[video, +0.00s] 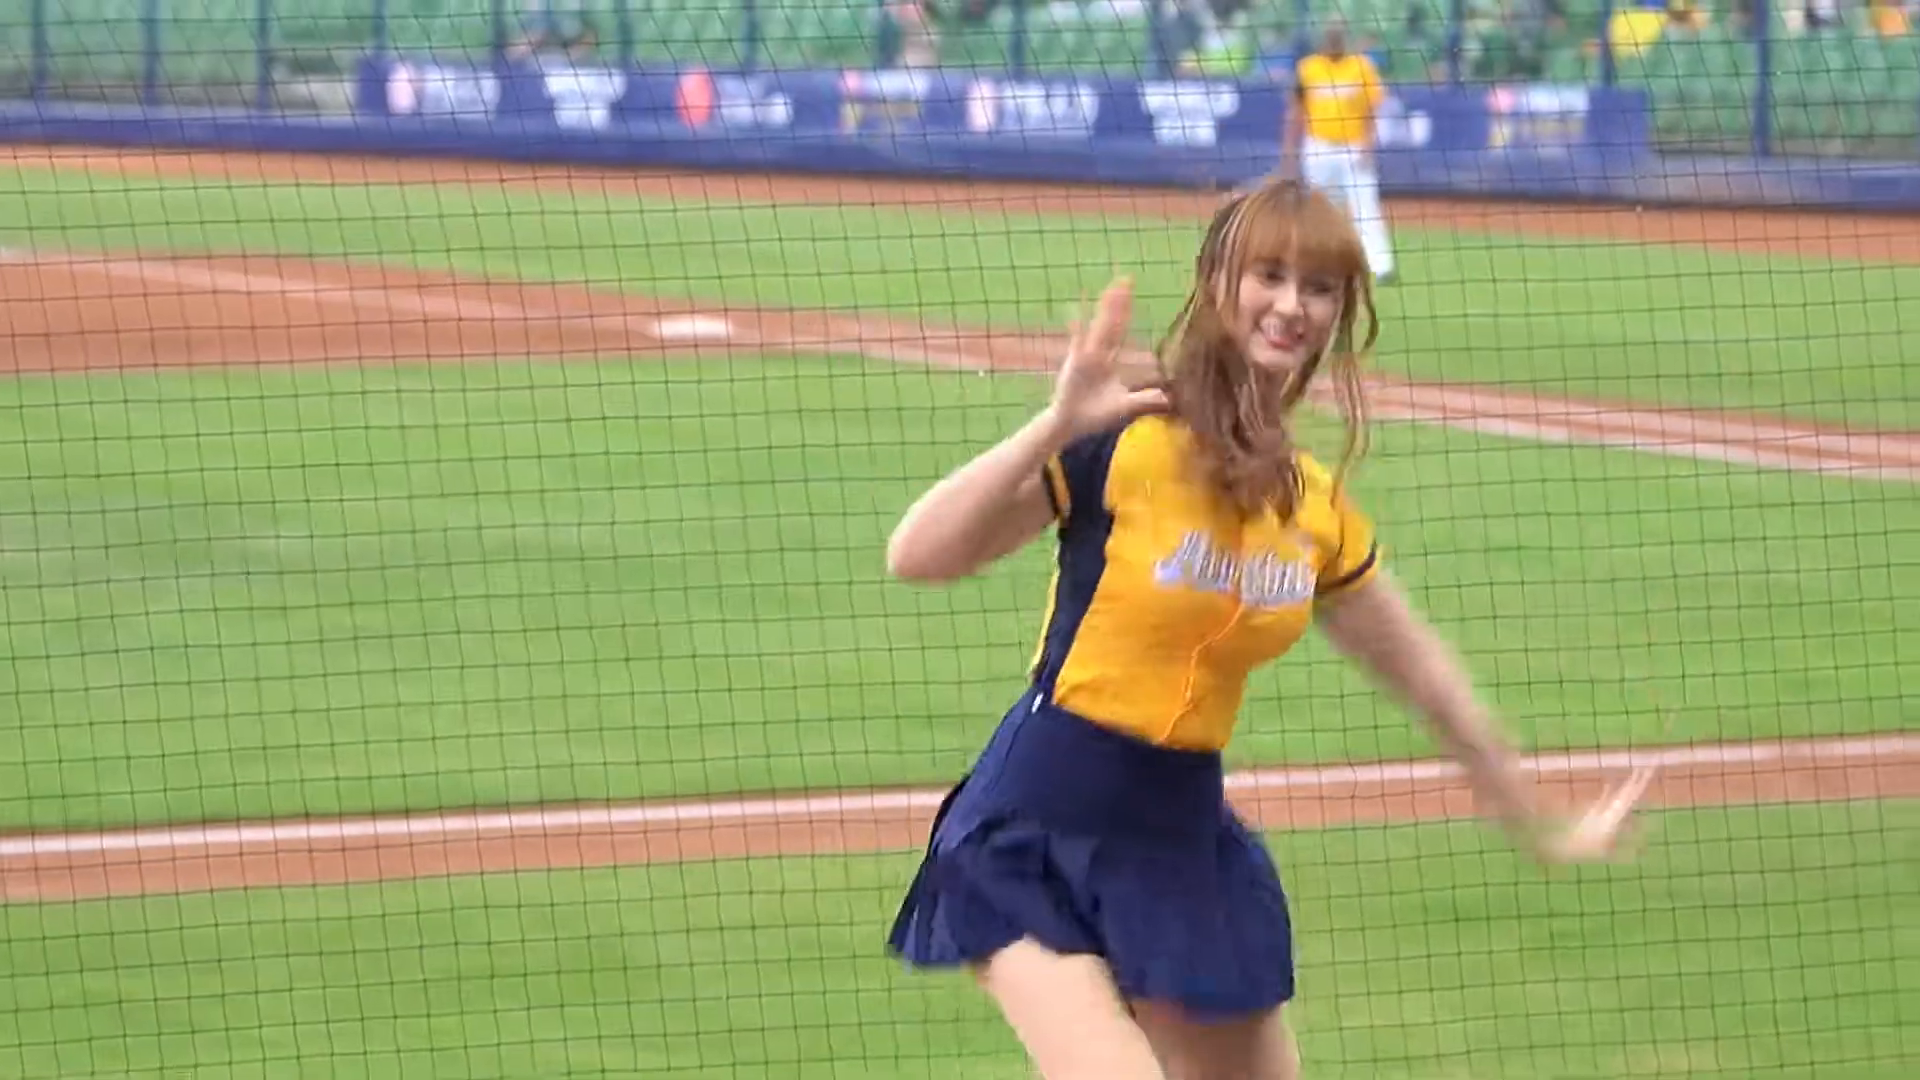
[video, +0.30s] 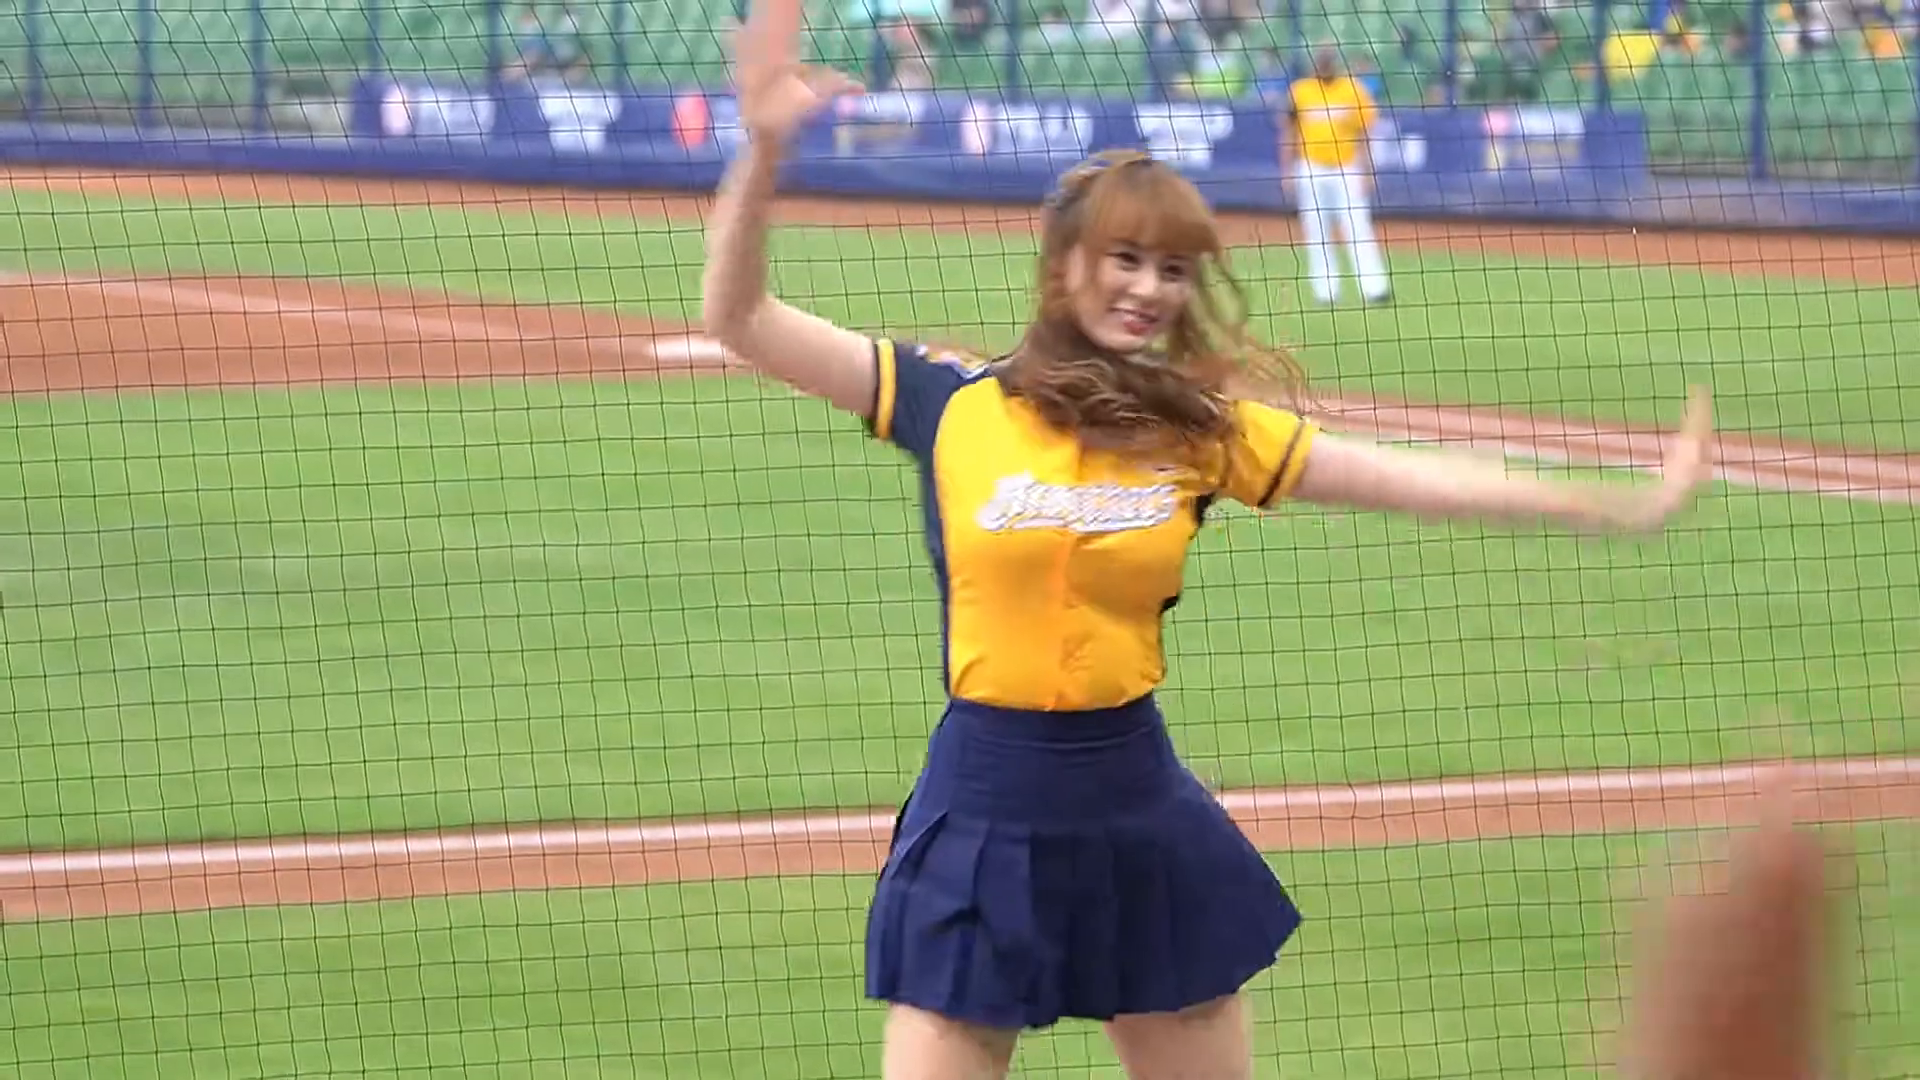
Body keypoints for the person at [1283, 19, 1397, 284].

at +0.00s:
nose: (1334, 44)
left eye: (1338, 38)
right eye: (1330, 38)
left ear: (1345, 40)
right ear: (1323, 40)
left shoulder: (1361, 66)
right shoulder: (1306, 68)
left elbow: (1374, 106)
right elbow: (1295, 112)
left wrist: (1369, 142)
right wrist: (1289, 152)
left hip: (1355, 147)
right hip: (1318, 147)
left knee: (1365, 207)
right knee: (1318, 209)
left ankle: (1379, 263)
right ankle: (1315, 263)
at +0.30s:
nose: (1325, 63)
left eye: (1329, 58)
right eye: (1320, 58)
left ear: (1337, 60)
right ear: (1313, 61)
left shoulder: (1354, 90)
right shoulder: (1298, 91)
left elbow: (1367, 134)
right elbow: (1288, 133)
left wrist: (1368, 170)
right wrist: (1287, 172)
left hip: (1348, 168)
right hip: (1311, 169)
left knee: (1358, 225)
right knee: (1315, 229)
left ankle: (1374, 285)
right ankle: (1325, 288)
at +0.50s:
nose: (1397, 62)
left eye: (1401, 56)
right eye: (1393, 56)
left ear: (1408, 58)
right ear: (1386, 59)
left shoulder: (1426, 87)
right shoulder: (1372, 88)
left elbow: (1442, 125)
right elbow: (1362, 129)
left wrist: (1440, 160)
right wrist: (1363, 165)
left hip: (1420, 163)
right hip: (1384, 164)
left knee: (1428, 222)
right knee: (1390, 226)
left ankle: (1439, 275)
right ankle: (1399, 283)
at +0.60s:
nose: (1414, 61)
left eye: (1418, 56)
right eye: (1410, 56)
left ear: (1425, 57)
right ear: (1403, 58)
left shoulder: (1441, 85)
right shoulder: (1387, 86)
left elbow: (1455, 125)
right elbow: (1375, 126)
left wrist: (1451, 160)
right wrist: (1373, 162)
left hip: (1433, 163)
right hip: (1397, 164)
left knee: (1443, 223)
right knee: (1402, 226)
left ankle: (1457, 281)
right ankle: (1410, 283)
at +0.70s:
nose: (1414, 61)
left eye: (1418, 55)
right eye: (1409, 56)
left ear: (1425, 57)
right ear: (1402, 58)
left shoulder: (1441, 85)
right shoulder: (1387, 85)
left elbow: (1455, 125)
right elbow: (1374, 125)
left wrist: (1451, 160)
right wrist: (1372, 161)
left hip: (1433, 162)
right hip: (1397, 163)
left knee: (1443, 222)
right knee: (1401, 225)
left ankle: (1457, 280)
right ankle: (1409, 283)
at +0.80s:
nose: (1415, 59)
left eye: (1419, 54)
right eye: (1411, 54)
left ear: (1426, 55)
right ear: (1403, 56)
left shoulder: (1441, 83)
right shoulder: (1387, 83)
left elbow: (1453, 125)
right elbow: (1374, 123)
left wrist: (1450, 159)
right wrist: (1372, 161)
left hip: (1433, 161)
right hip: (1396, 162)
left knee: (1443, 221)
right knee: (1400, 224)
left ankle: (1456, 279)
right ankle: (1408, 281)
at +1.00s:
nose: (1413, 61)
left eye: (1418, 56)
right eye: (1409, 55)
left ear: (1425, 59)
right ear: (1402, 57)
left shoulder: (1433, 83)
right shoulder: (1380, 82)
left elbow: (1451, 118)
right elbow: (1367, 118)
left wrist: (1458, 149)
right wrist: (1366, 154)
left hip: (1428, 157)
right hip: (1390, 158)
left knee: (1435, 216)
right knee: (1389, 217)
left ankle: (1443, 275)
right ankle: (1388, 271)